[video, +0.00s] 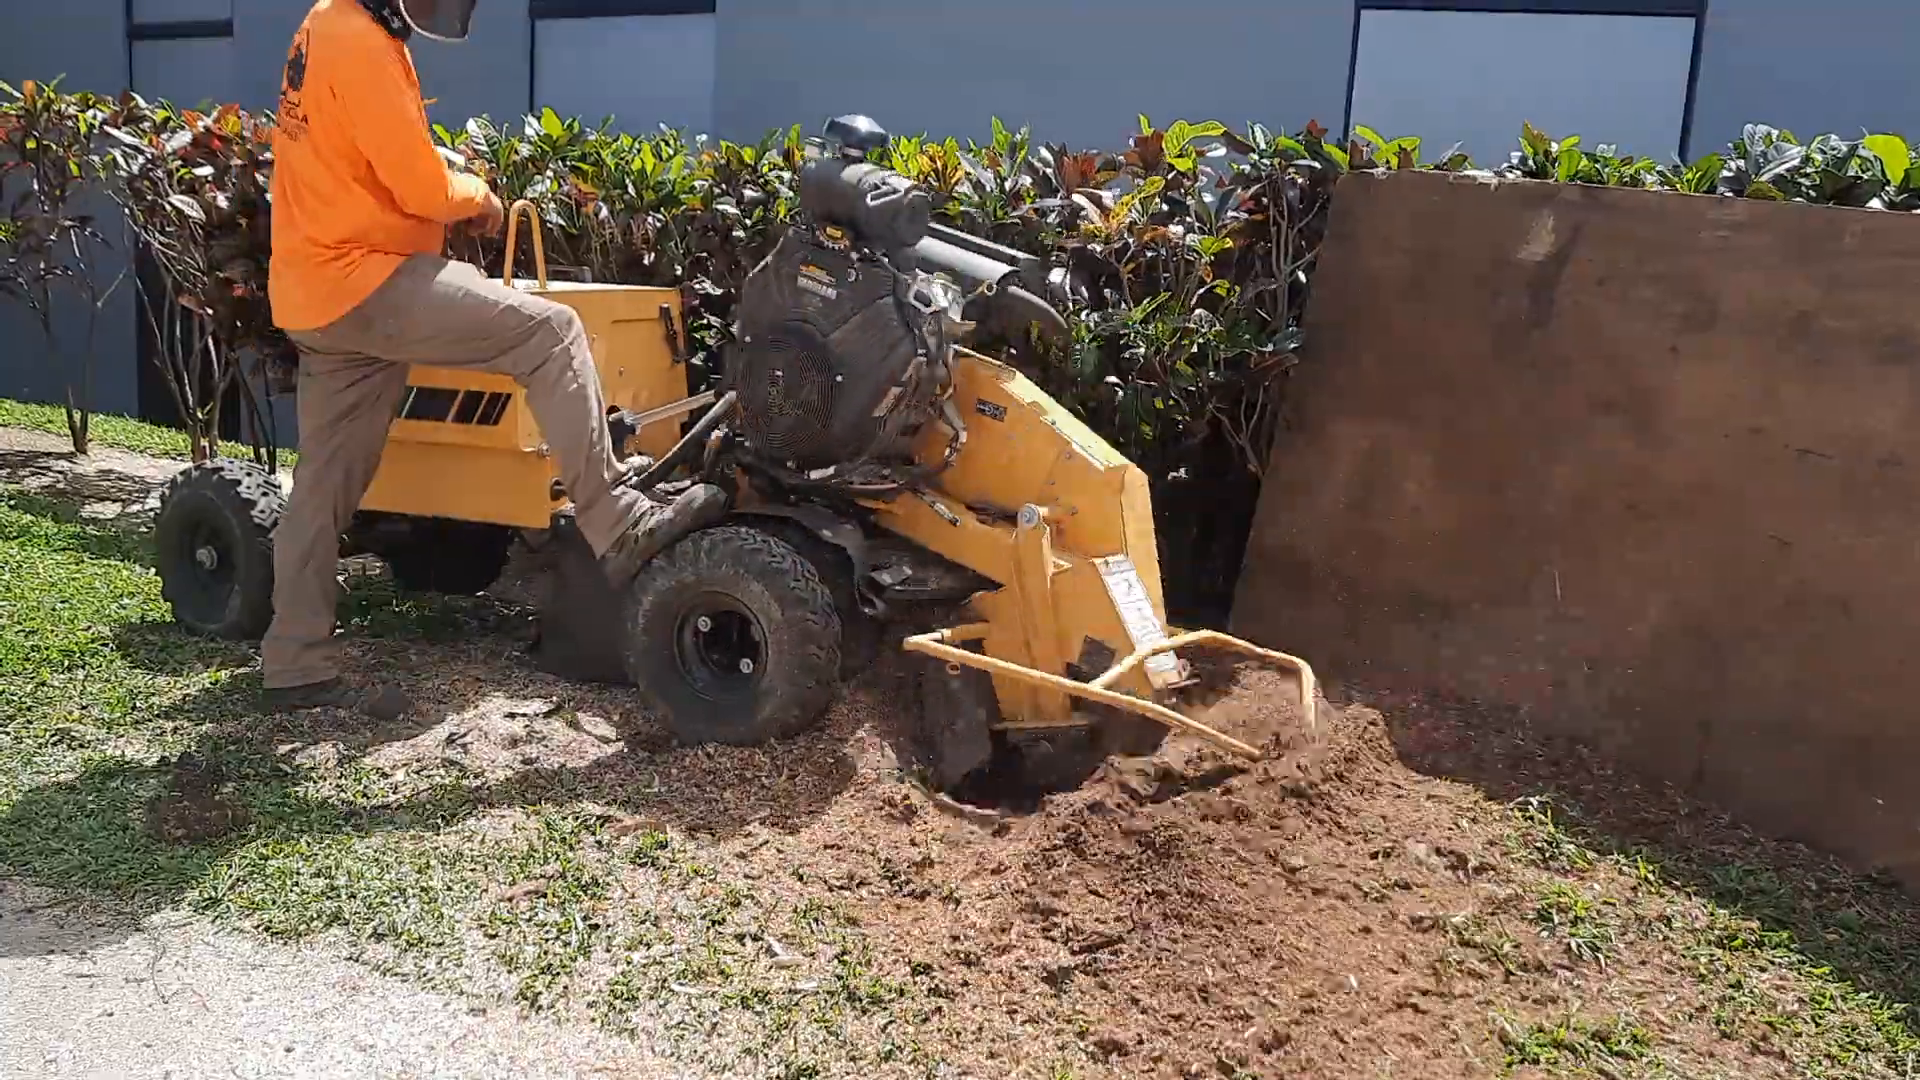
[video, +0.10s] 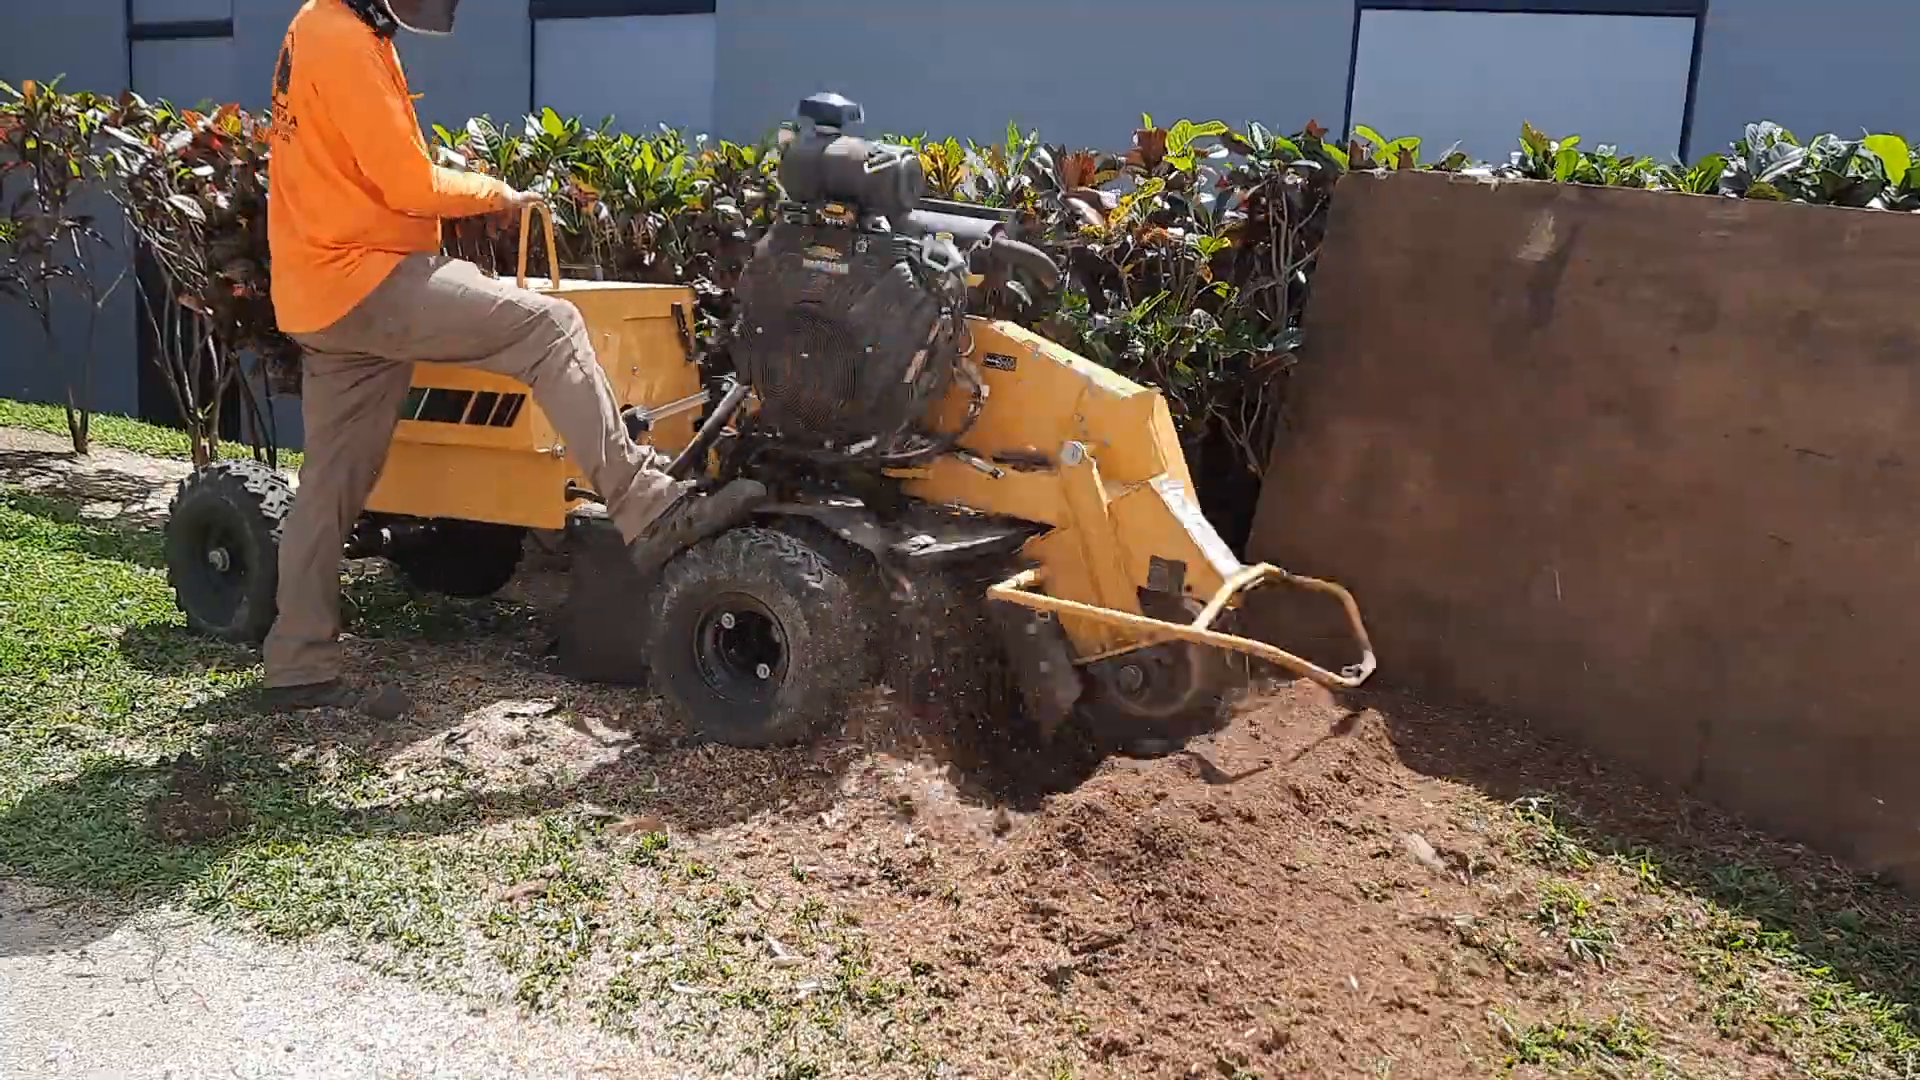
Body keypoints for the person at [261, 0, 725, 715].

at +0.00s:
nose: (434, 26)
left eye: (440, 19)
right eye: (435, 16)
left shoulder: (335, 24)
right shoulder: (362, 44)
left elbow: (373, 158)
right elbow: (422, 189)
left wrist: (450, 180)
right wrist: (476, 193)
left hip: (318, 287)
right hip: (360, 280)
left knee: (323, 488)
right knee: (549, 333)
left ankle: (294, 666)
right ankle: (617, 520)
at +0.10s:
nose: (435, 14)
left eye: (435, 8)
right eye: (431, 5)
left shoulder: (339, 30)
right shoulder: (342, 39)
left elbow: (390, 168)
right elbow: (406, 182)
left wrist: (482, 189)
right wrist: (498, 196)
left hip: (329, 288)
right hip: (360, 280)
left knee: (329, 486)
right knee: (547, 326)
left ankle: (298, 665)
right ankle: (650, 510)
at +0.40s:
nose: (500, 19)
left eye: (504, 11)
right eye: (499, 8)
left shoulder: (326, 28)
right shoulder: (445, 55)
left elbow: (296, 155)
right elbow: (502, 189)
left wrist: (412, 154)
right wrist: (525, 182)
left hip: (341, 319)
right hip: (414, 331)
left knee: (370, 502)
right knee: (397, 518)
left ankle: (301, 665)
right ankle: (372, 706)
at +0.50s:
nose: (469, 24)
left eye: (473, 18)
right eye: (469, 15)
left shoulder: (317, 25)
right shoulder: (420, 54)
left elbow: (295, 158)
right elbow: (494, 187)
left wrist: (437, 183)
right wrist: (521, 182)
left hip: (346, 316)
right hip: (403, 328)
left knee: (424, 496)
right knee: (391, 514)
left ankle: (425, 653)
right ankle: (369, 704)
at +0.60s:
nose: (481, 16)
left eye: (483, 9)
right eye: (480, 6)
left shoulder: (317, 24)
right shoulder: (420, 50)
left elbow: (309, 163)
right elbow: (490, 191)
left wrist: (458, 196)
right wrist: (516, 197)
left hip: (349, 317)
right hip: (399, 328)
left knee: (422, 497)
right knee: (389, 514)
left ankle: (425, 656)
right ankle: (371, 706)